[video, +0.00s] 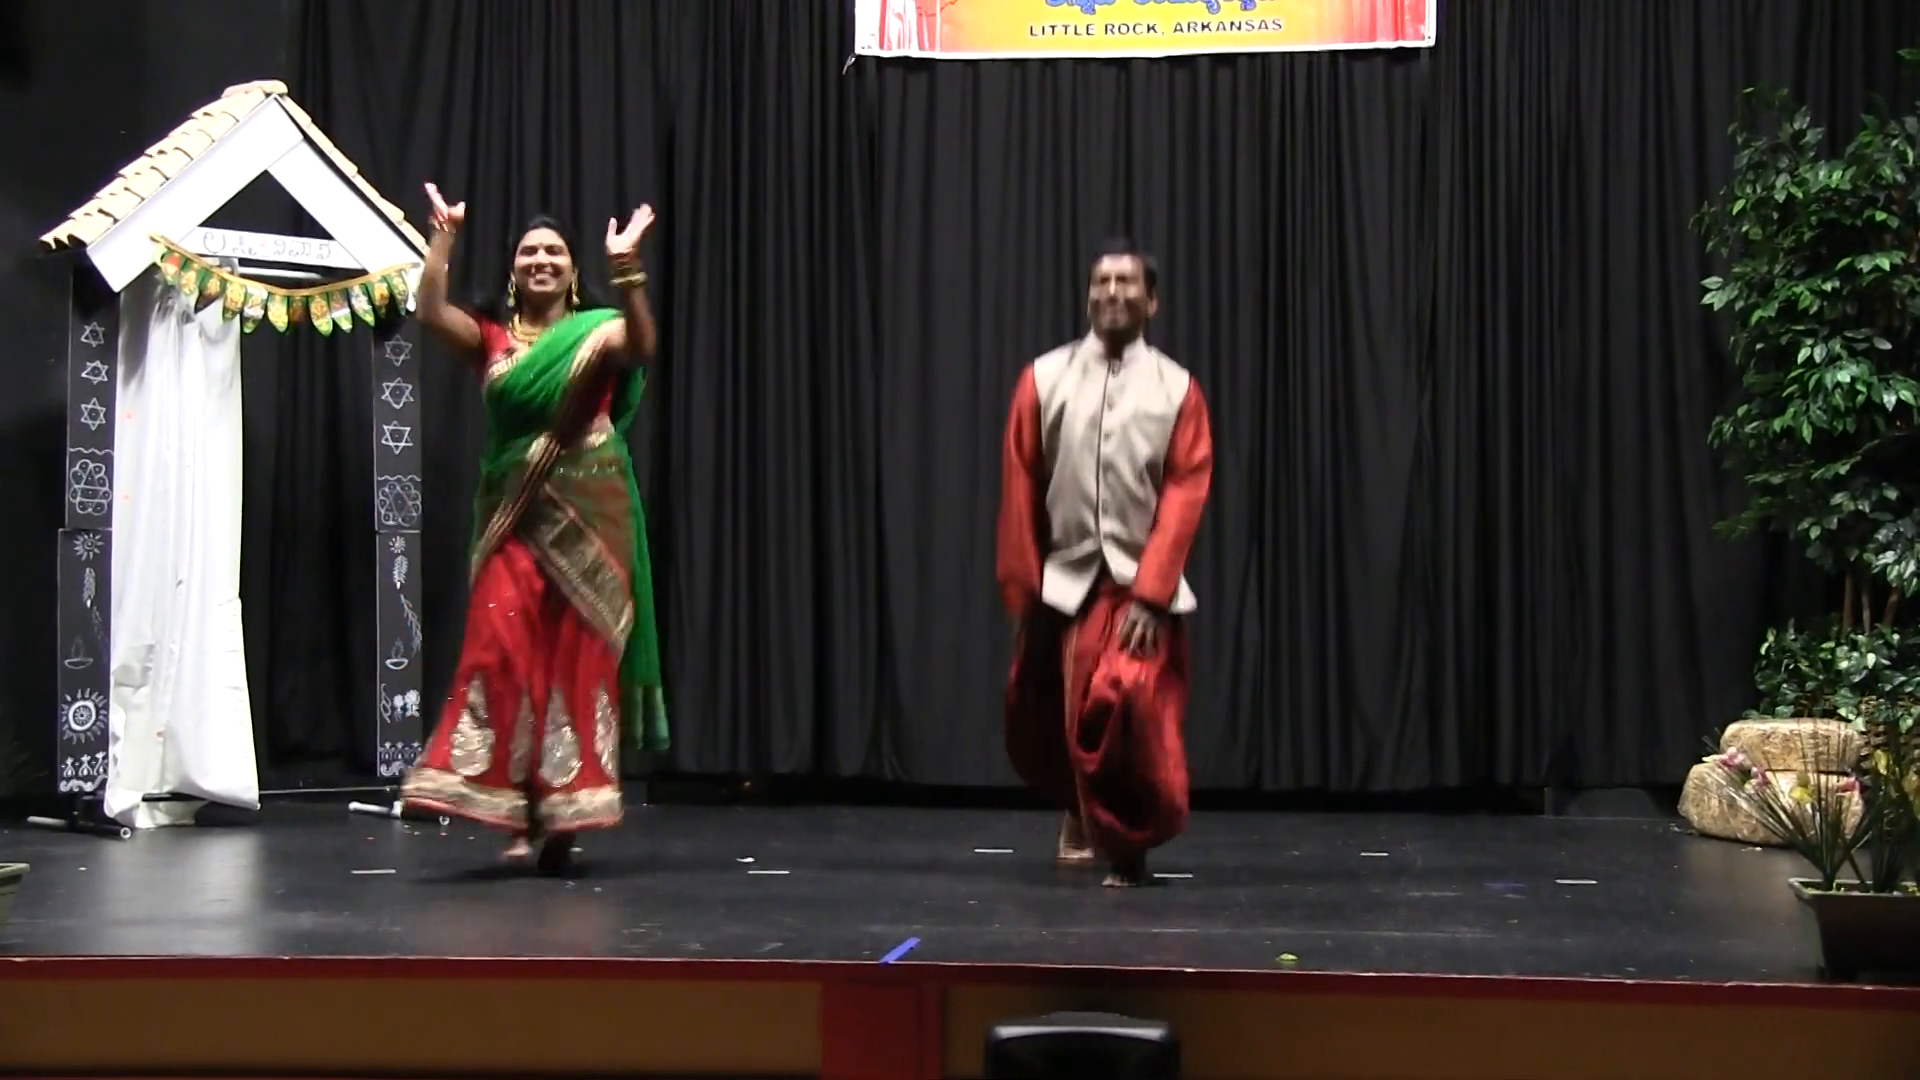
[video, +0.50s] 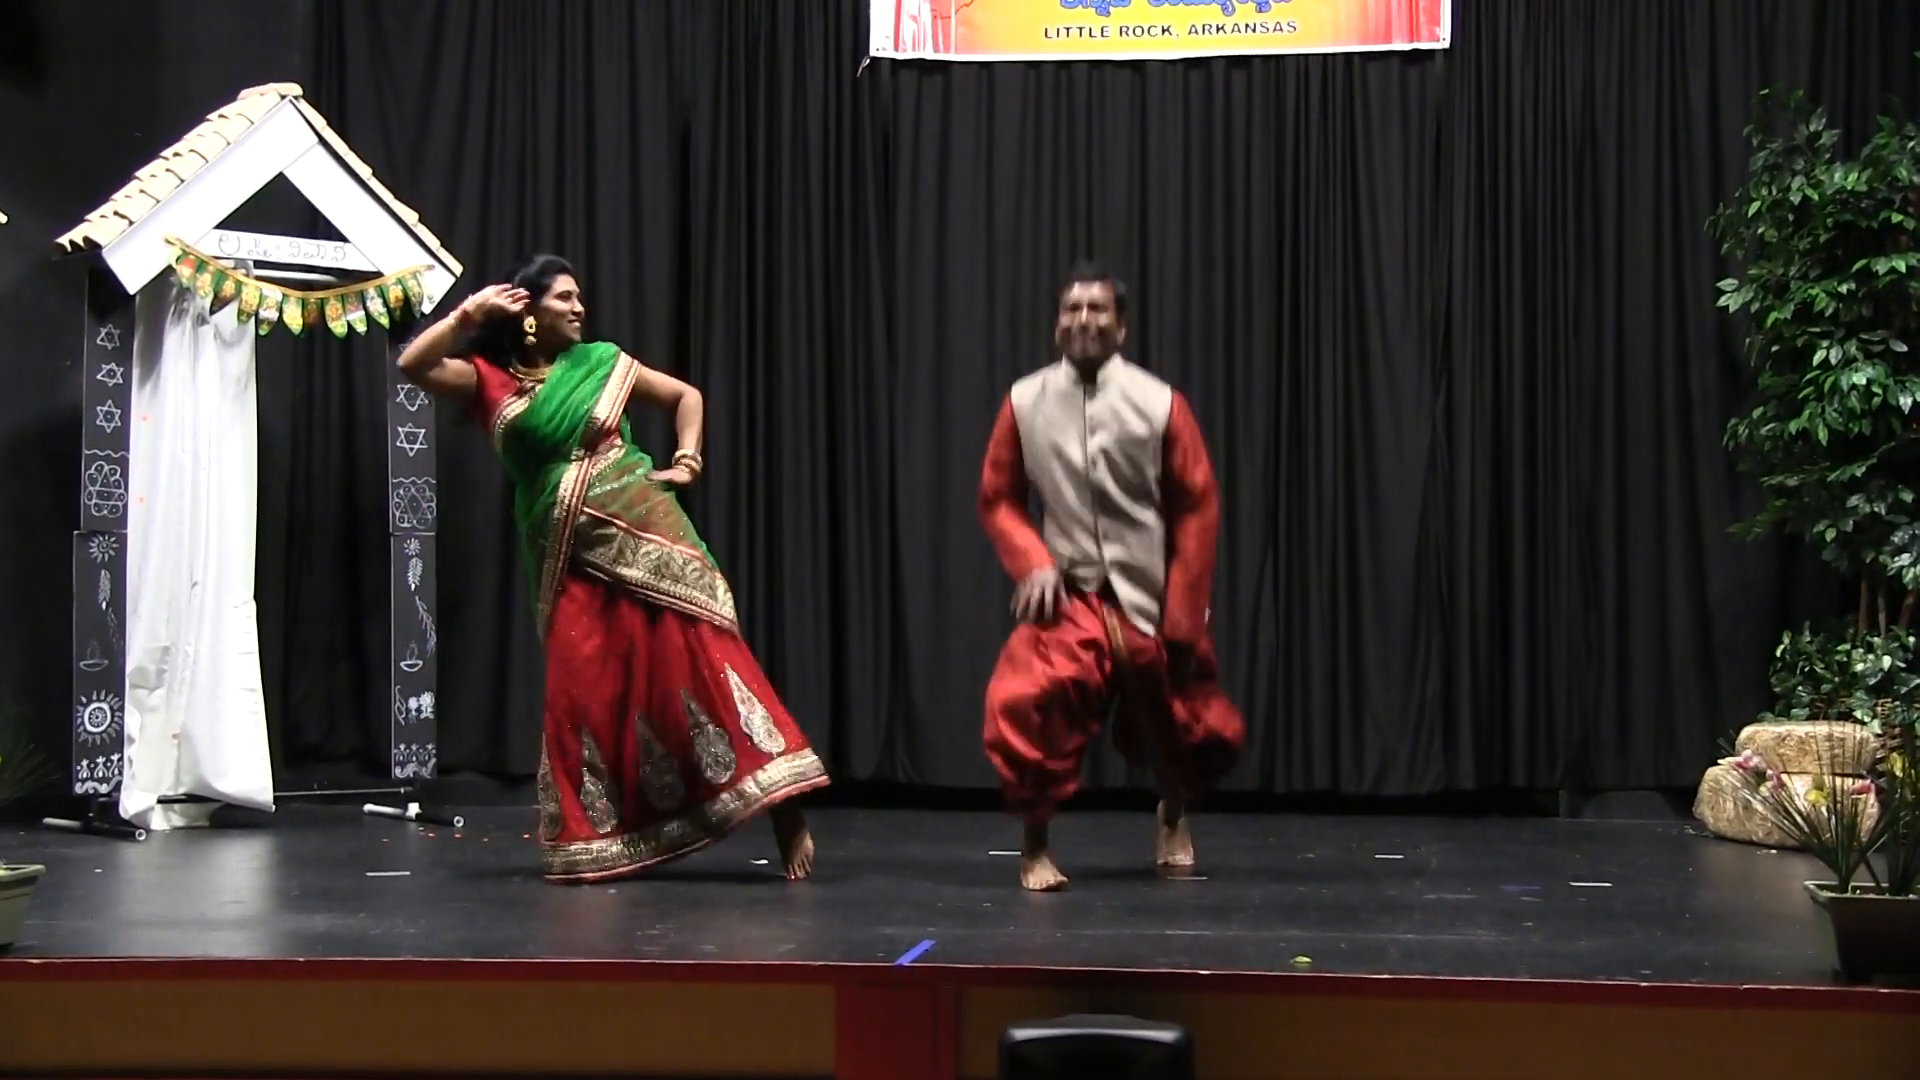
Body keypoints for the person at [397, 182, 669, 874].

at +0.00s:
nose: (540, 261)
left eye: (553, 254)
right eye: (528, 254)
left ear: (572, 274)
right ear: (512, 275)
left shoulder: (595, 330)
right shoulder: (493, 338)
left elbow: (640, 344)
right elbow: (432, 310)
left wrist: (627, 272)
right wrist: (444, 236)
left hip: (590, 509)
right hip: (515, 508)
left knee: (578, 655)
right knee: (500, 642)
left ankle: (563, 819)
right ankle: (522, 816)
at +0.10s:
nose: (544, 253)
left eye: (555, 245)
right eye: (531, 246)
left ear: (574, 264)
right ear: (513, 265)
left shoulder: (606, 320)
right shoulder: (489, 322)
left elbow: (694, 337)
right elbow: (402, 290)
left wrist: (674, 284)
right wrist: (429, 215)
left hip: (608, 493)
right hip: (529, 499)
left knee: (636, 637)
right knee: (544, 647)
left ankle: (667, 807)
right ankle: (557, 814)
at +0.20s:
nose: (551, 272)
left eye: (560, 264)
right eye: (538, 264)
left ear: (574, 279)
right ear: (512, 280)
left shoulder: (603, 333)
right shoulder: (486, 343)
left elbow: (699, 337)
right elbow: (393, 318)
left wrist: (693, 349)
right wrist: (436, 248)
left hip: (612, 518)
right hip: (530, 528)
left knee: (675, 642)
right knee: (545, 673)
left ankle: (759, 806)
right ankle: (563, 837)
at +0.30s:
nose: (561, 292)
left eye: (567, 283)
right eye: (545, 283)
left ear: (577, 296)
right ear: (514, 299)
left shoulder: (605, 348)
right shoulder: (491, 367)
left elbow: (698, 363)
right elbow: (392, 364)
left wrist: (706, 428)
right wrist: (444, 302)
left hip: (620, 533)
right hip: (539, 545)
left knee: (688, 668)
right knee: (545, 684)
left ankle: (779, 805)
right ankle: (581, 839)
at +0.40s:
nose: (573, 303)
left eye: (575, 293)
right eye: (557, 292)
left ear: (578, 306)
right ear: (519, 308)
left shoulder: (606, 359)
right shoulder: (491, 379)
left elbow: (693, 394)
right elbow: (401, 382)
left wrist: (696, 464)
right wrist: (447, 328)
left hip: (639, 543)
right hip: (556, 558)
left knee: (691, 689)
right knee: (555, 694)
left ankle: (777, 819)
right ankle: (586, 847)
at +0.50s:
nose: (579, 308)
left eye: (579, 298)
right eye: (565, 298)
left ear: (577, 308)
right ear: (525, 311)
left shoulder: (602, 361)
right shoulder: (493, 379)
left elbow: (687, 396)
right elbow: (413, 366)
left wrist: (687, 455)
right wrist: (468, 312)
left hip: (650, 532)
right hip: (574, 553)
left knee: (711, 667)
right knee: (576, 690)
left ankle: (784, 810)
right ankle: (587, 843)